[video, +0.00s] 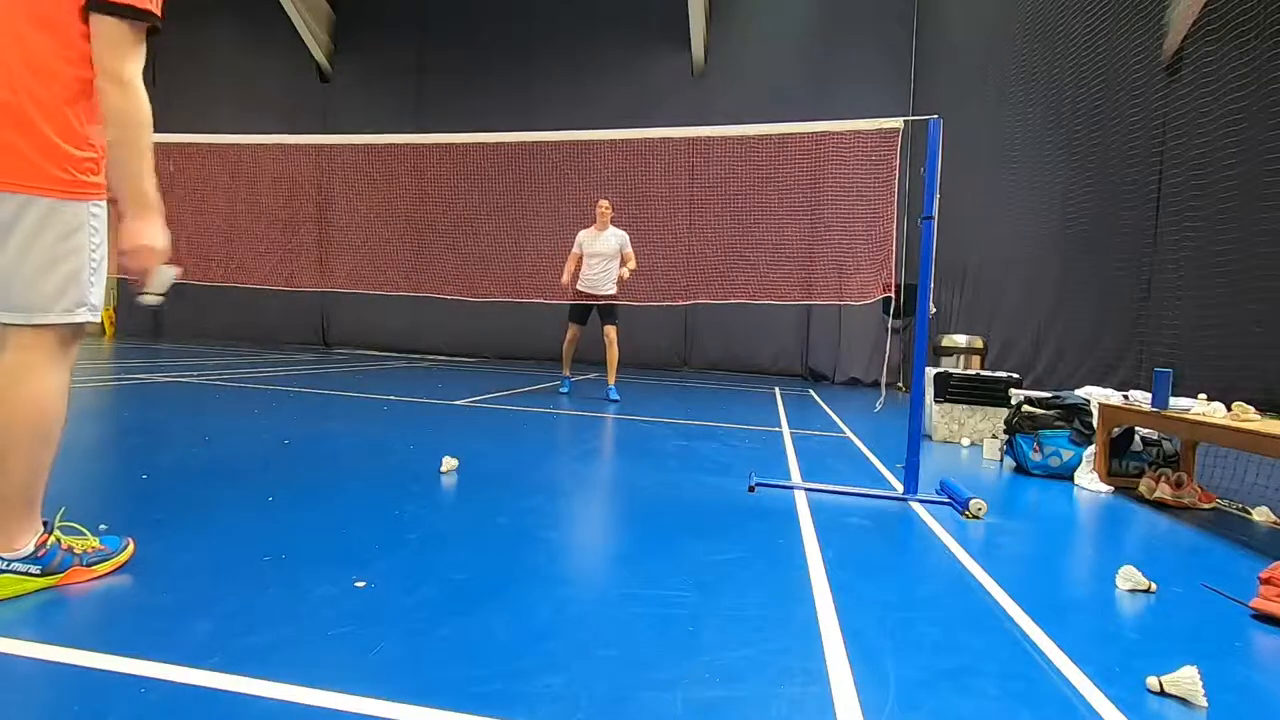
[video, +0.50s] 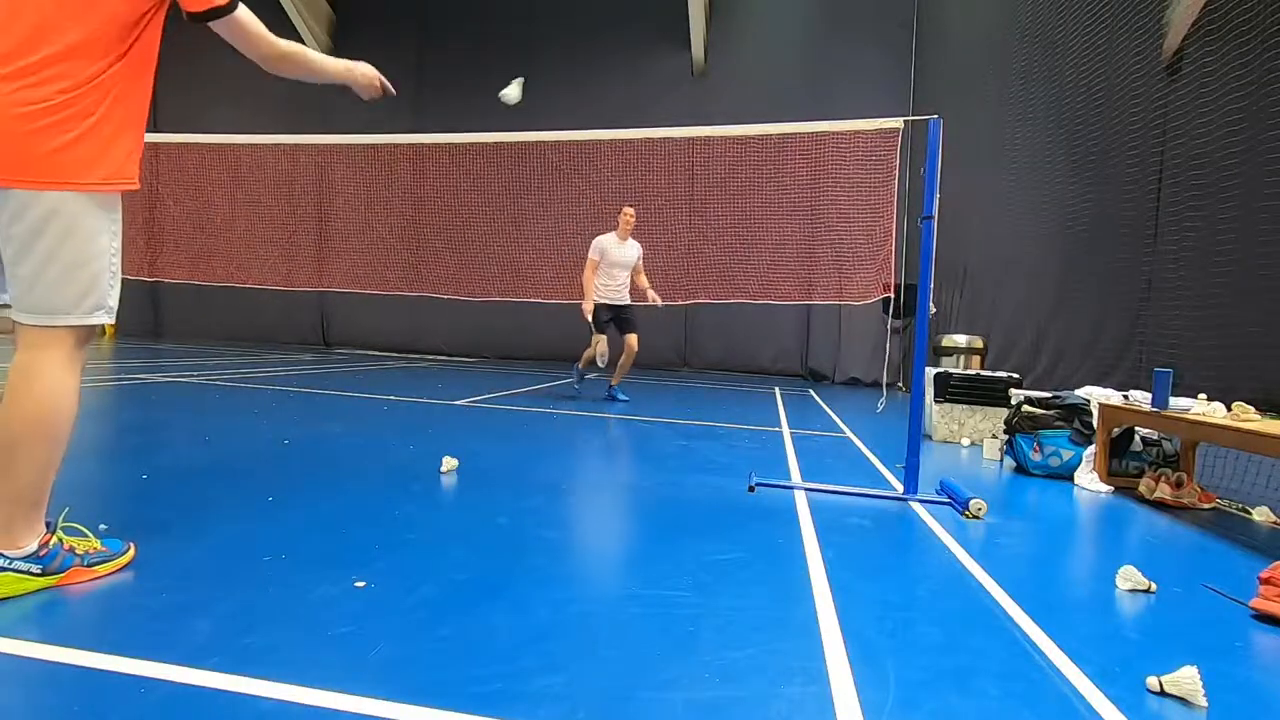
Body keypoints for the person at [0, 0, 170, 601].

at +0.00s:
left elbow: (116, 72)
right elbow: (116, 70)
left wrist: (136, 206)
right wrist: (142, 208)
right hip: (39, 149)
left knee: (31, 340)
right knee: (37, 341)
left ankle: (16, 537)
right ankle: (16, 545)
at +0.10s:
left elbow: (116, 78)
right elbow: (117, 76)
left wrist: (103, 214)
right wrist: (110, 216)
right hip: (47, 164)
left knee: (32, 341)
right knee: (44, 343)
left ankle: (19, 536)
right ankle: (18, 544)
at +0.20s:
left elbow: (165, 87)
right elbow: (162, 86)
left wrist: (176, 218)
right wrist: (179, 218)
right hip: (46, 151)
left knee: (34, 340)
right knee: (43, 343)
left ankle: (20, 532)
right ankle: (18, 544)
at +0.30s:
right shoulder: (159, 5)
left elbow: (224, 89)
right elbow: (225, 90)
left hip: (19, 151)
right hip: (51, 158)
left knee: (29, 342)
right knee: (44, 345)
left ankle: (18, 537)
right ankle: (19, 546)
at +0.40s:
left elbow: (259, 58)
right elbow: (260, 60)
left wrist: (346, 110)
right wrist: (349, 109)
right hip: (52, 148)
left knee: (21, 337)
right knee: (48, 343)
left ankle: (19, 530)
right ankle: (19, 544)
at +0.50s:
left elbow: (267, 50)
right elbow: (267, 51)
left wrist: (346, 73)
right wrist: (347, 70)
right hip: (54, 142)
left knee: (44, 336)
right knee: (51, 339)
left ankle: (20, 530)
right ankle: (19, 543)